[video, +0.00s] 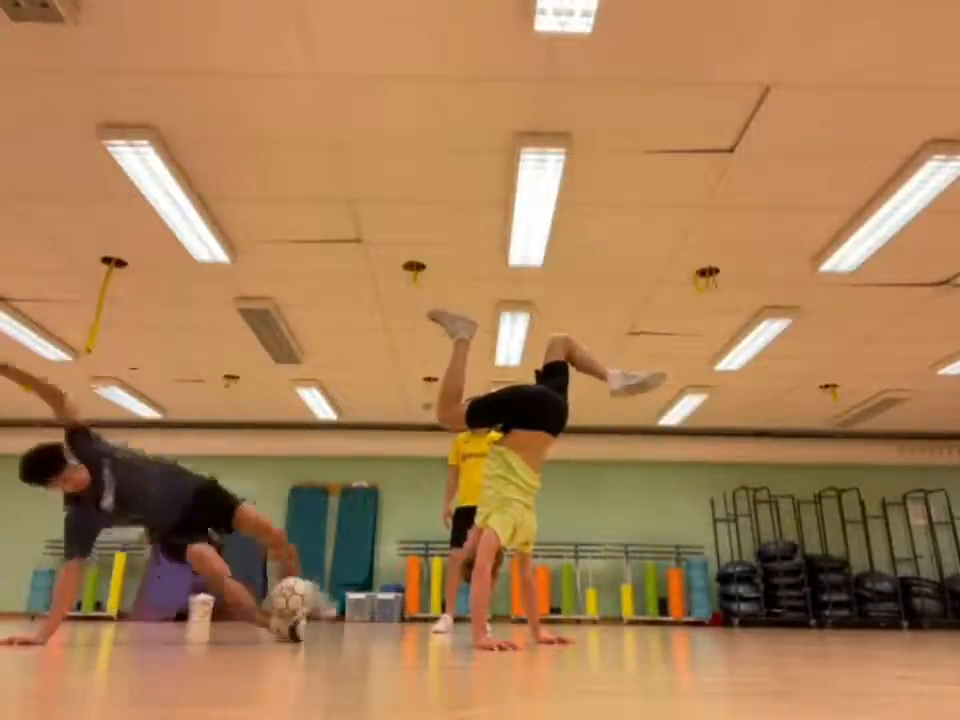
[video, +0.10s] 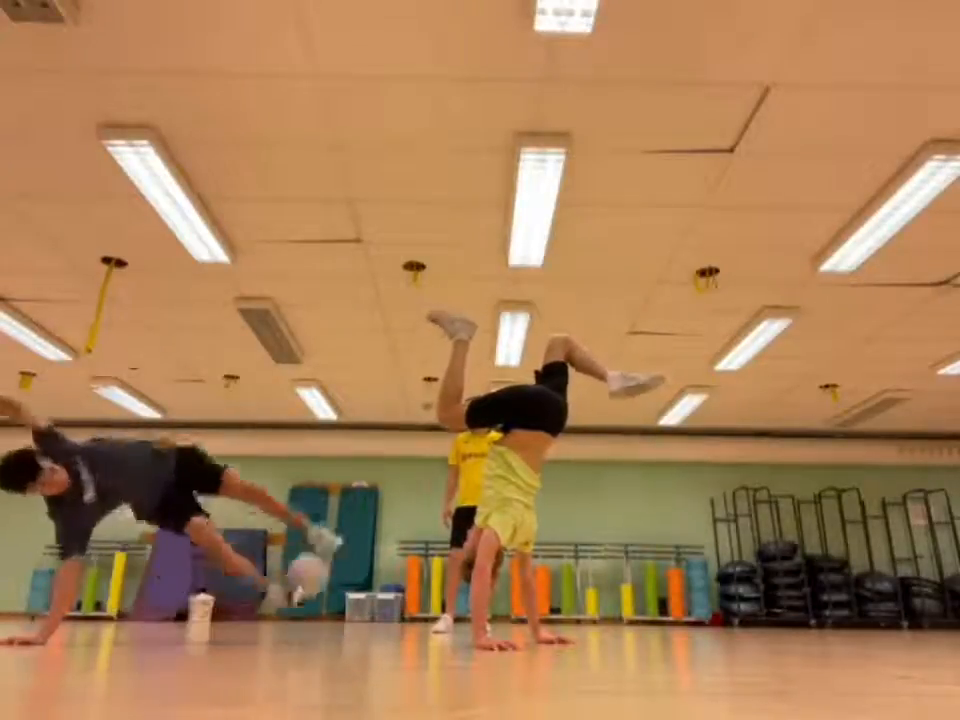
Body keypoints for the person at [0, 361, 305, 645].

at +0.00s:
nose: (74, 479)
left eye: (68, 471)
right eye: (65, 482)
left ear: (67, 460)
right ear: (57, 487)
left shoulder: (86, 445)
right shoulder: (82, 517)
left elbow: (56, 399)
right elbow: (70, 574)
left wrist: (11, 373)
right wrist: (45, 633)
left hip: (193, 491)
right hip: (172, 527)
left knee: (257, 524)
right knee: (210, 565)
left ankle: (289, 563)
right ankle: (269, 624)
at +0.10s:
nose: (54, 477)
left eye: (48, 470)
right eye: (44, 483)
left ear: (47, 458)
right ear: (38, 493)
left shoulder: (58, 446)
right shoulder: (70, 516)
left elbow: (29, 419)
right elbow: (69, 573)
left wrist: (5, 400)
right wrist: (46, 632)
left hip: (172, 461)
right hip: (159, 503)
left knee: (244, 489)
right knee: (211, 541)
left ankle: (308, 528)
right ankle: (268, 587)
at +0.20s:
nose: (48, 479)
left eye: (41, 472)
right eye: (38, 486)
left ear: (36, 461)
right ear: (30, 496)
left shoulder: (43, 448)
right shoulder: (62, 519)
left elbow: (11, 419)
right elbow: (65, 577)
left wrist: (0, 400)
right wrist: (45, 633)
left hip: (159, 448)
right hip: (151, 490)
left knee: (231, 466)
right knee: (215, 508)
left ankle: (302, 497)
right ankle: (286, 546)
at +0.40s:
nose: (52, 476)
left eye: (47, 470)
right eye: (44, 483)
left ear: (36, 461)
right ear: (32, 495)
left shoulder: (36, 450)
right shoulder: (58, 516)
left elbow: (8, 428)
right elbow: (66, 571)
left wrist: (7, 433)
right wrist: (46, 631)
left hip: (143, 444)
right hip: (146, 489)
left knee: (216, 436)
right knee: (216, 501)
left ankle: (289, 447)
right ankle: (291, 514)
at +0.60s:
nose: (60, 466)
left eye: (54, 460)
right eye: (49, 471)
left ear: (50, 452)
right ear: (35, 484)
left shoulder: (49, 446)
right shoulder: (60, 517)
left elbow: (15, 416)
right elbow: (66, 577)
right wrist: (45, 635)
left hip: (150, 460)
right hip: (149, 502)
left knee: (225, 444)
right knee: (220, 505)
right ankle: (282, 528)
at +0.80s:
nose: (92, 465)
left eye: (88, 457)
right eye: (82, 466)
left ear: (89, 451)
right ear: (65, 480)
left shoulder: (88, 451)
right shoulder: (71, 515)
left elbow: (93, 406)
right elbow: (70, 574)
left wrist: (98, 372)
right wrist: (44, 635)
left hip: (165, 519)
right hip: (152, 547)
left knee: (237, 535)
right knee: (235, 522)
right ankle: (199, 586)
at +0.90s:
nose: (122, 458)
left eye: (118, 453)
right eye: (113, 457)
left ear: (117, 458)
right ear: (96, 471)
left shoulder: (131, 469)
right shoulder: (92, 520)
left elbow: (159, 450)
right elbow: (73, 578)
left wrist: (185, 427)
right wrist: (45, 633)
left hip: (169, 554)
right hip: (154, 575)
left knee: (220, 551)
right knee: (235, 565)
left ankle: (171, 609)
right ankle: (168, 610)